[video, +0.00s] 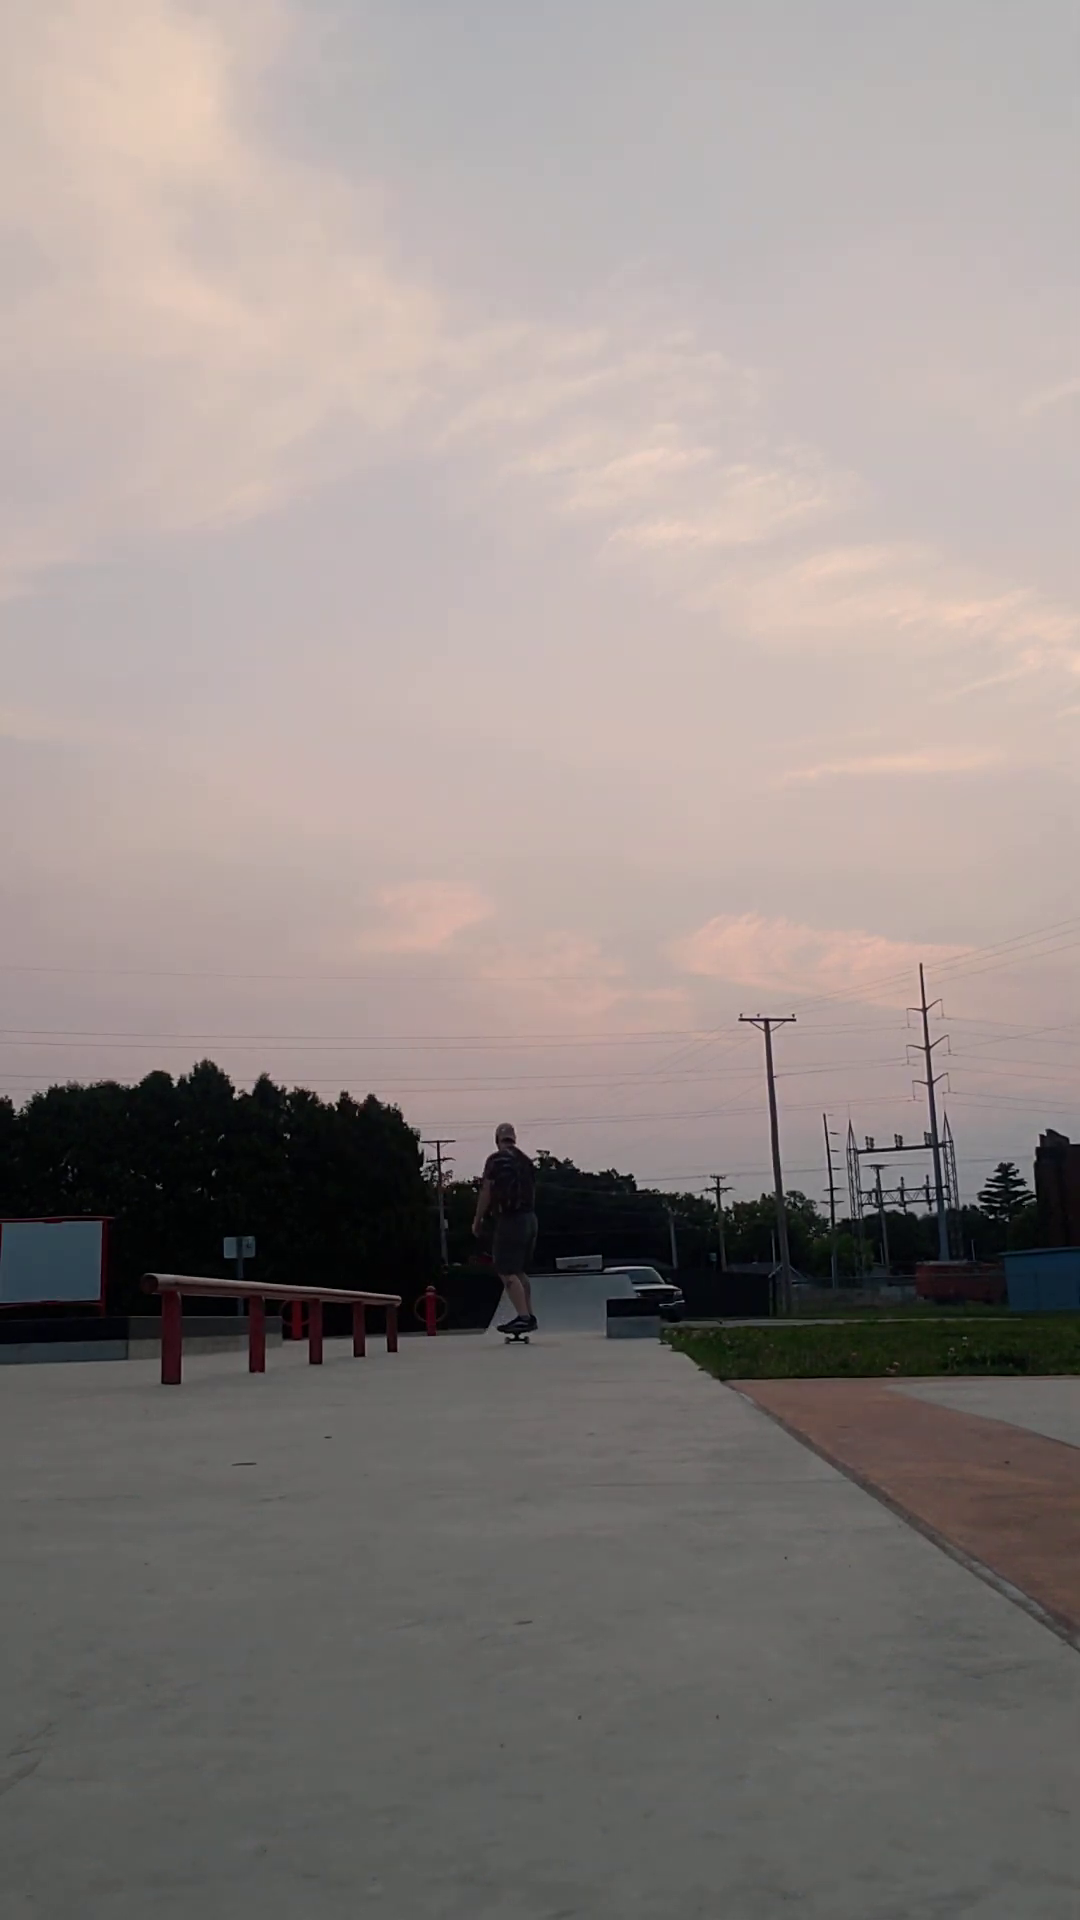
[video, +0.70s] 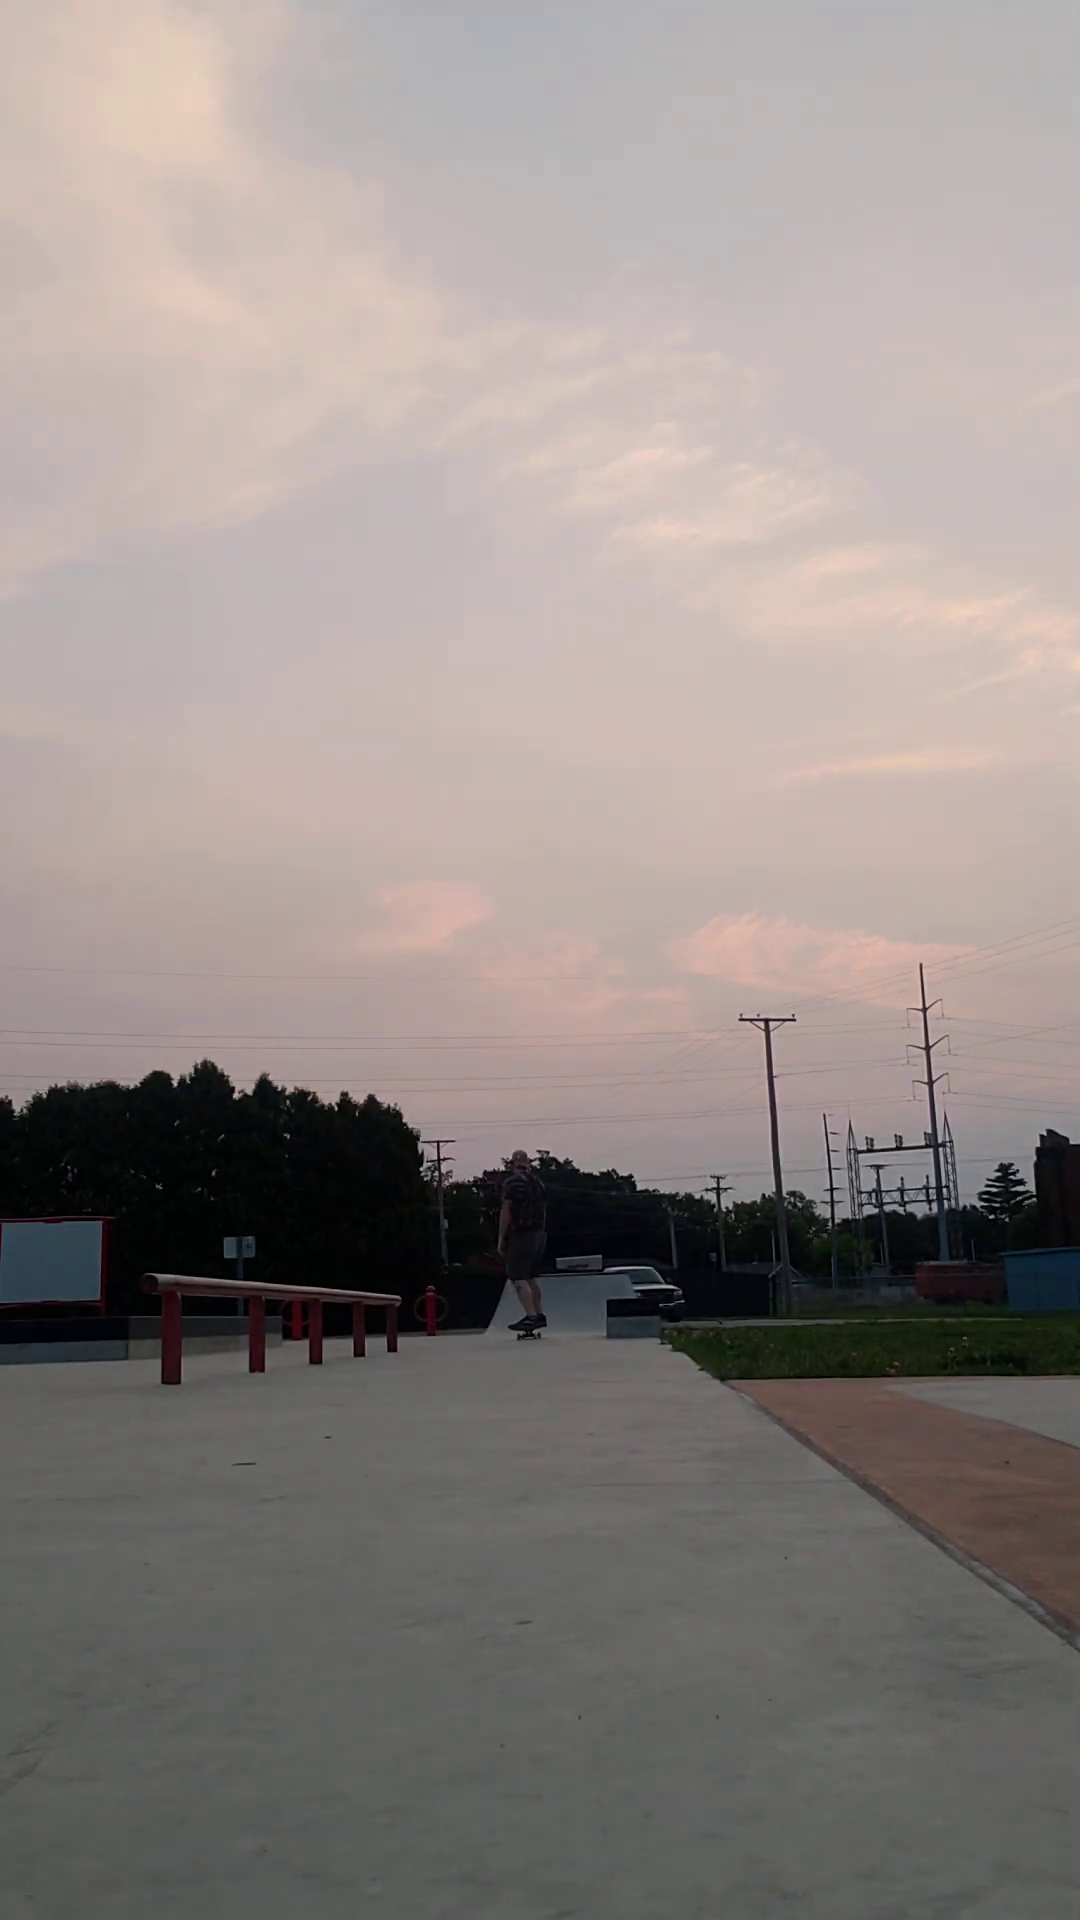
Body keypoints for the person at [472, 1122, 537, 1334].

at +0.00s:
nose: (502, 1144)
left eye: (500, 1140)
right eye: (506, 1140)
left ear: (497, 1140)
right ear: (515, 1139)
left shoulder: (495, 1160)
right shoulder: (526, 1160)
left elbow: (486, 1190)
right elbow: (529, 1191)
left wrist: (478, 1218)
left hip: (508, 1219)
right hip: (528, 1217)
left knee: (506, 1270)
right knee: (519, 1270)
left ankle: (523, 1315)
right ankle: (528, 1315)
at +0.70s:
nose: (518, 1166)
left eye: (517, 1162)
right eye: (520, 1162)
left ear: (512, 1163)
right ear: (528, 1163)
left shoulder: (511, 1182)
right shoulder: (537, 1182)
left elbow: (506, 1211)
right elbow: (542, 1211)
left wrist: (501, 1237)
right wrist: (540, 1231)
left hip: (520, 1234)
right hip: (537, 1233)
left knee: (518, 1277)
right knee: (529, 1276)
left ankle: (531, 1315)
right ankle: (538, 1314)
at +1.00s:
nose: (521, 1175)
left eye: (520, 1172)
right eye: (524, 1171)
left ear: (520, 1173)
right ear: (534, 1172)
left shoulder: (521, 1192)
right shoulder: (542, 1190)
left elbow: (517, 1219)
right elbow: (545, 1216)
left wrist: (510, 1244)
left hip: (529, 1240)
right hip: (543, 1239)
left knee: (525, 1278)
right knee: (536, 1279)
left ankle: (540, 1313)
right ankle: (545, 1314)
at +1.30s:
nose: (529, 1181)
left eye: (527, 1179)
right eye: (530, 1178)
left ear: (525, 1181)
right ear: (538, 1180)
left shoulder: (527, 1200)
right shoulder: (546, 1197)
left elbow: (525, 1226)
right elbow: (550, 1222)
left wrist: (520, 1250)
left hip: (535, 1245)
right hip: (548, 1244)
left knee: (531, 1281)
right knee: (542, 1282)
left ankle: (545, 1315)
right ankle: (548, 1316)